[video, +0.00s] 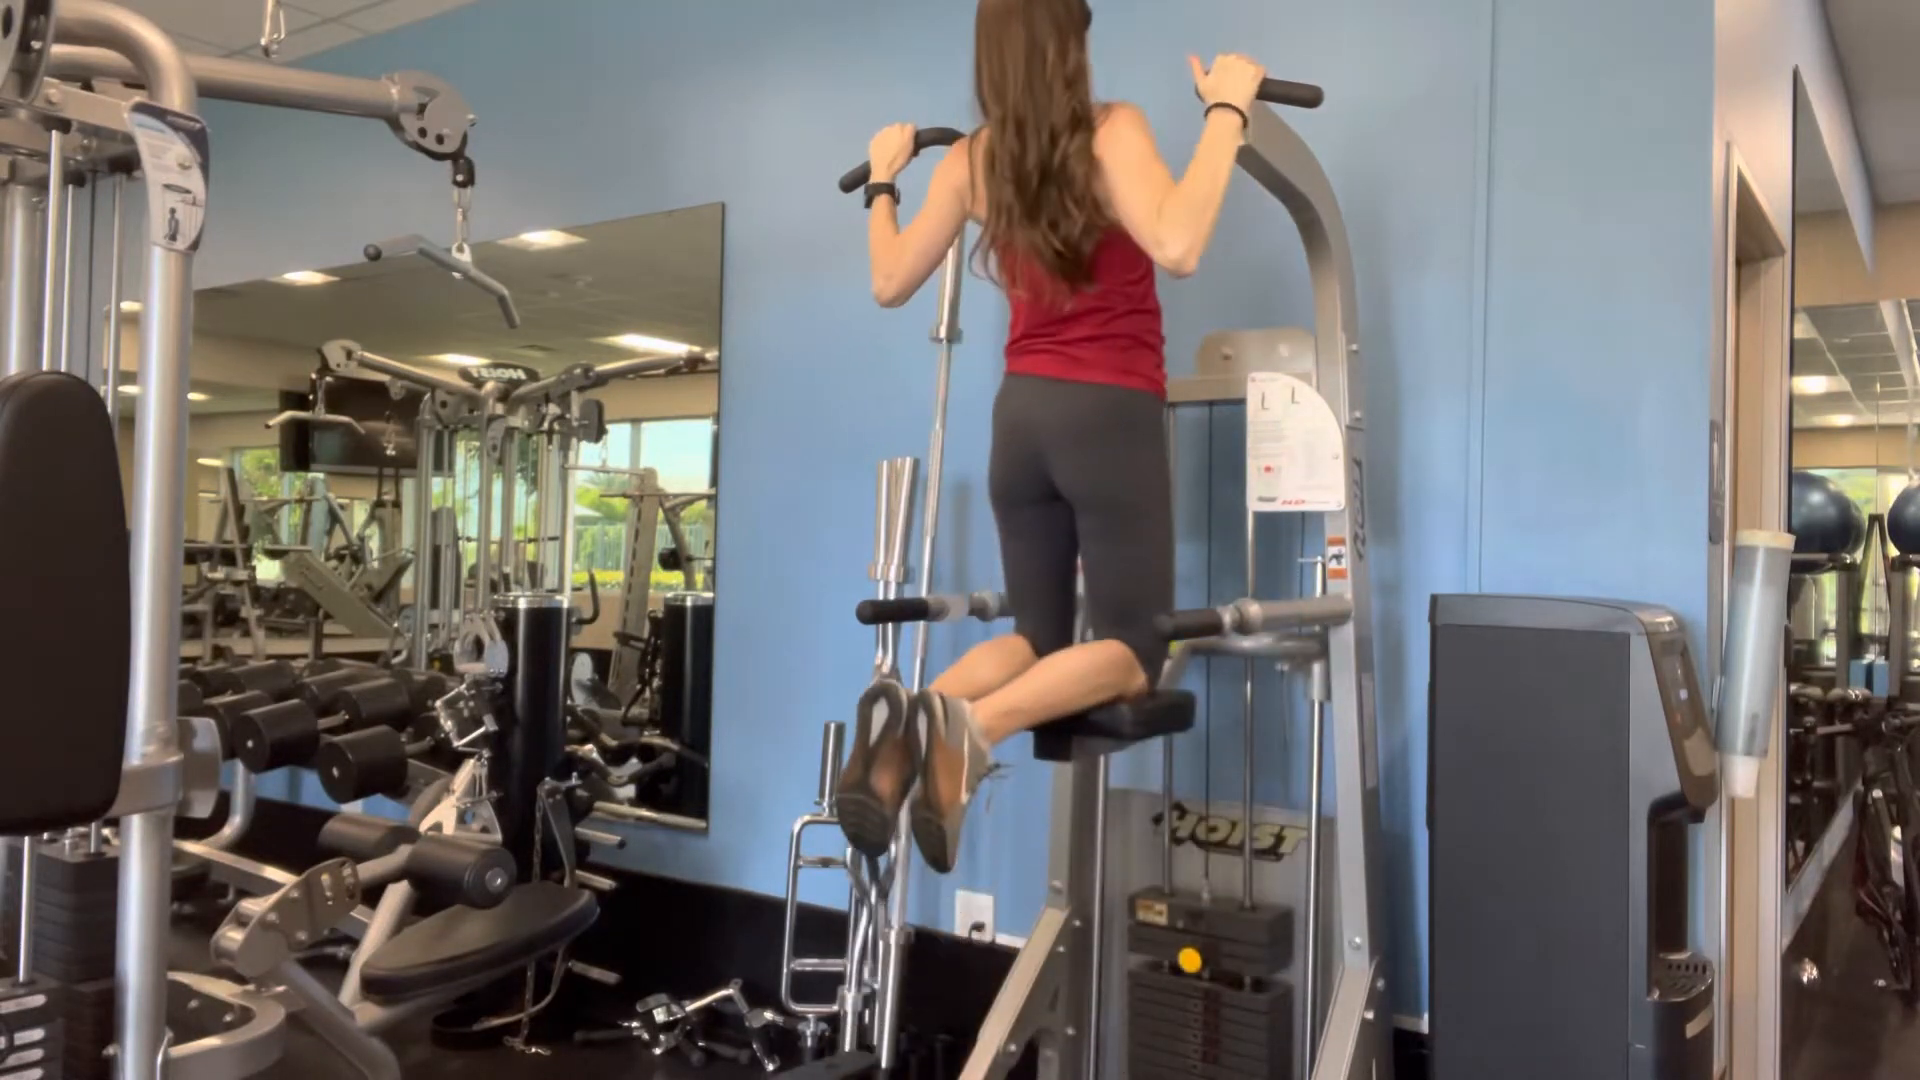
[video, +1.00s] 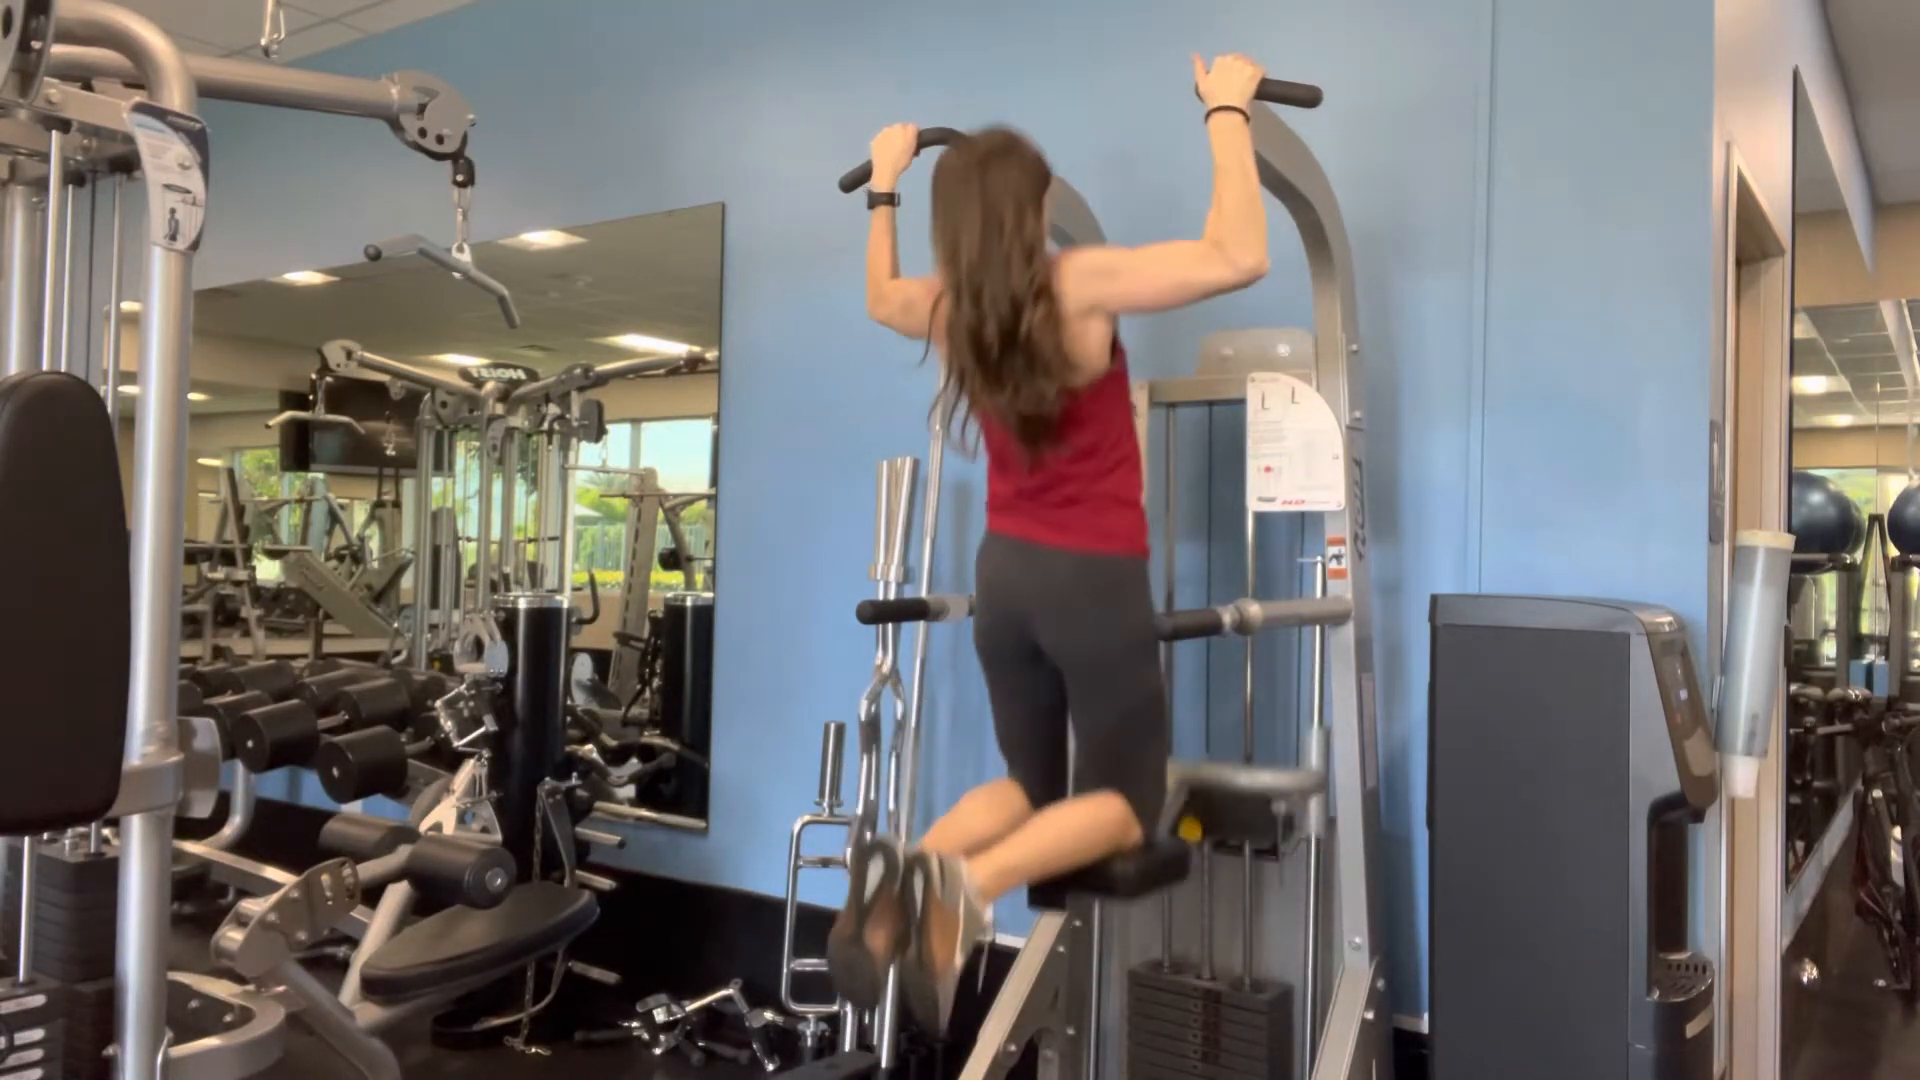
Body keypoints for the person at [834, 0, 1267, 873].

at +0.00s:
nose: (1082, 45)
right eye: (1077, 33)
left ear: (991, 54)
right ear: (1073, 44)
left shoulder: (973, 157)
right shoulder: (1110, 129)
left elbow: (891, 280)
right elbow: (1177, 243)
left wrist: (879, 181)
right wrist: (1228, 114)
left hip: (1020, 415)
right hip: (1110, 416)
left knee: (1039, 638)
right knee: (1132, 653)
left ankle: (915, 716)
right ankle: (978, 724)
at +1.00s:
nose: (1054, 199)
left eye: (1040, 185)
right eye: (1046, 187)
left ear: (953, 216)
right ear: (1036, 204)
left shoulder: (952, 304)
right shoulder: (1077, 278)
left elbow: (880, 295)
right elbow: (1237, 256)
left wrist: (882, 187)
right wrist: (1228, 113)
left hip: (1004, 577)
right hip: (1093, 580)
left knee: (1031, 784)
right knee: (1127, 804)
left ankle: (913, 866)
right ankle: (970, 887)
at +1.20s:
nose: (1048, 307)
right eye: (1037, 295)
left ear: (956, 322)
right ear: (1034, 312)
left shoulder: (955, 395)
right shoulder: (1076, 382)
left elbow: (905, 293)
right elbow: (1200, 270)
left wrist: (885, 185)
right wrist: (1225, 114)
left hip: (997, 685)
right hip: (1087, 693)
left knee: (1023, 894)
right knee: (1119, 916)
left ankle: (900, 1002)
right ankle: (965, 1028)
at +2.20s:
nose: (1064, 152)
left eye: (1057, 143)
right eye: (1059, 142)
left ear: (963, 158)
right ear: (1047, 150)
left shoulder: (965, 247)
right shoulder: (1089, 232)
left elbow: (874, 298)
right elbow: (1248, 253)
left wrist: (881, 185)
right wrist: (1232, 113)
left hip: (1003, 524)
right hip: (1092, 531)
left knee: (1029, 749)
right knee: (1126, 762)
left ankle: (903, 854)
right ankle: (964, 867)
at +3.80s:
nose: (1032, 287)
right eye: (1023, 275)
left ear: (945, 307)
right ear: (1025, 293)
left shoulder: (946, 383)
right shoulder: (1069, 366)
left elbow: (900, 293)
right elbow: (1205, 270)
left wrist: (884, 184)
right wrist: (1224, 117)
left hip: (992, 664)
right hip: (1081, 672)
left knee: (1020, 878)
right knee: (1121, 900)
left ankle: (890, 984)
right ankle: (950, 1002)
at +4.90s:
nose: (1056, 146)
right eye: (1051, 135)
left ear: (953, 153)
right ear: (1039, 144)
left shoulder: (956, 239)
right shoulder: (1075, 227)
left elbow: (883, 300)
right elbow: (1238, 256)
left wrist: (885, 187)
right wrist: (1231, 117)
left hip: (1001, 520)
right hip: (1090, 527)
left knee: (1026, 742)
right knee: (1132, 755)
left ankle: (903, 855)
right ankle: (966, 859)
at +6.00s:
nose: (1080, 46)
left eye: (1069, 32)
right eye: (1076, 33)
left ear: (985, 49)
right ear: (1068, 44)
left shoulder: (960, 159)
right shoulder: (1101, 134)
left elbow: (889, 286)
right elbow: (1190, 251)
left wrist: (878, 181)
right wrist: (1232, 116)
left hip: (1014, 414)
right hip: (1104, 414)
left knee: (1033, 639)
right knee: (1139, 655)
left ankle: (902, 744)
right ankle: (975, 734)